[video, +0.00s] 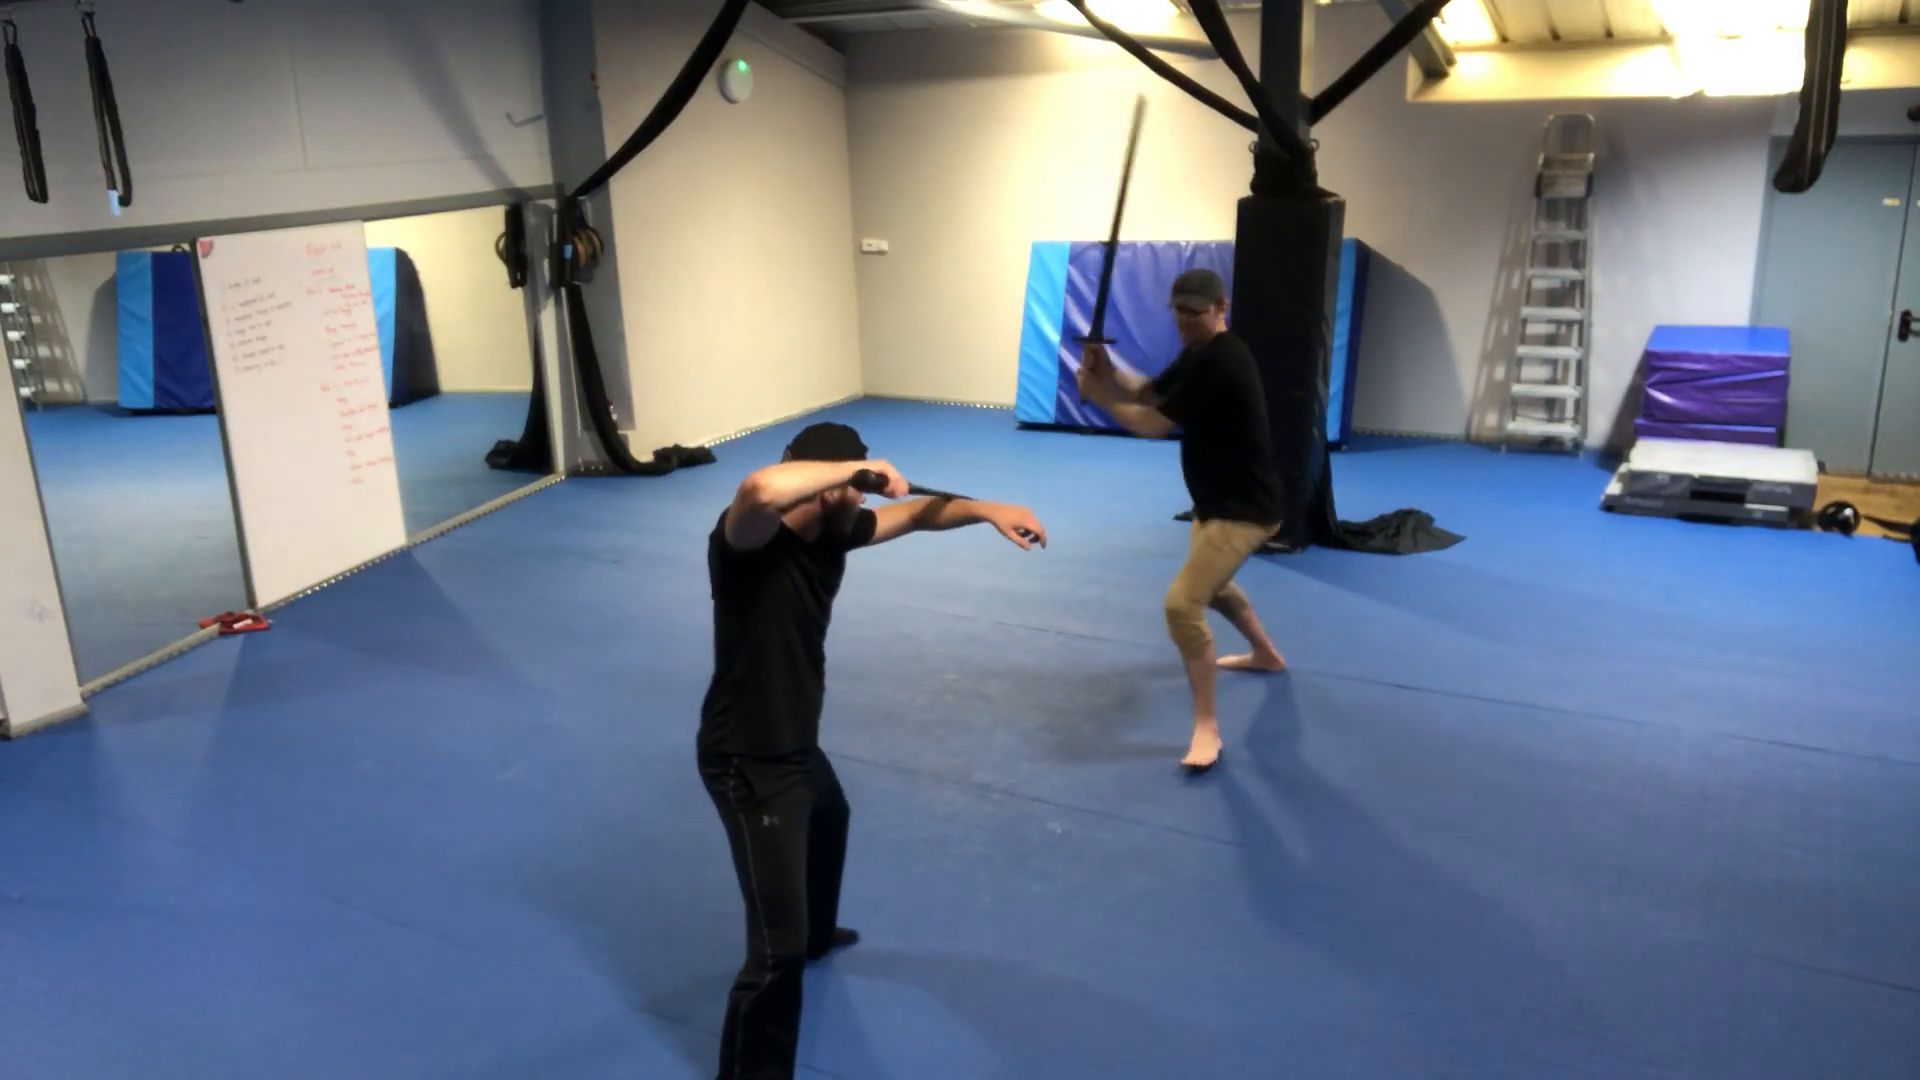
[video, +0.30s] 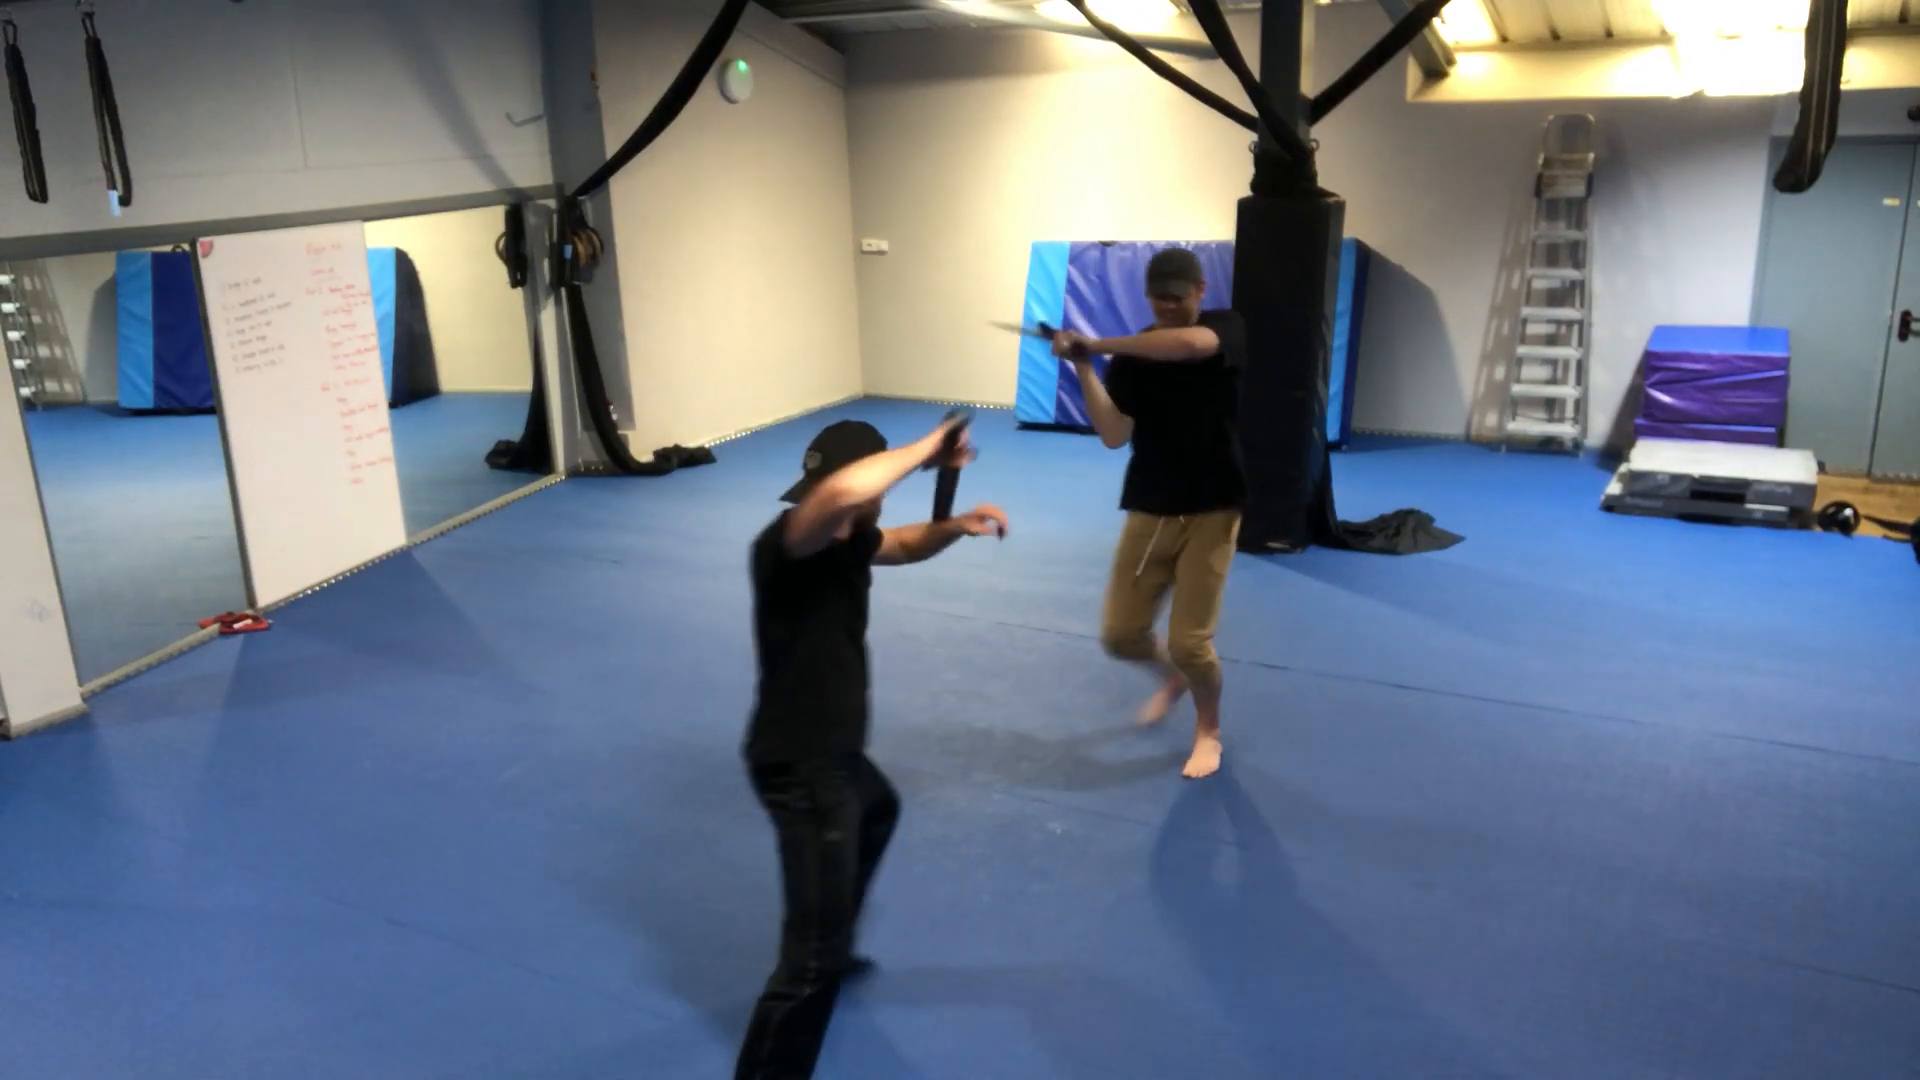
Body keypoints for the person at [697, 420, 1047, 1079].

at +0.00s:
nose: (860, 505)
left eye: (863, 493)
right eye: (853, 491)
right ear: (818, 486)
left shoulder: (831, 536)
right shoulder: (746, 540)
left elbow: (915, 512)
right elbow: (759, 488)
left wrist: (989, 509)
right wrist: (853, 469)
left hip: (795, 749)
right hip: (746, 758)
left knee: (829, 818)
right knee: (780, 949)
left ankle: (810, 933)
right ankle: (752, 1073)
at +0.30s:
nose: (876, 499)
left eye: (877, 487)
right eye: (867, 486)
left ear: (855, 482)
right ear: (834, 482)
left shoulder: (849, 541)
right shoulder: (782, 544)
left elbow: (905, 545)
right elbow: (842, 492)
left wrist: (960, 523)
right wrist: (928, 451)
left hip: (831, 752)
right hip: (795, 761)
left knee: (878, 809)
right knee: (812, 959)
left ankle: (829, 947)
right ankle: (767, 1075)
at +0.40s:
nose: (884, 481)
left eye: (884, 471)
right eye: (882, 471)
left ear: (818, 465)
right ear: (869, 474)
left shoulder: (822, 532)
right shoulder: (816, 536)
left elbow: (887, 535)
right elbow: (911, 474)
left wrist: (938, 504)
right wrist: (964, 406)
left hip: (851, 743)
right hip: (850, 750)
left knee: (887, 860)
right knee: (870, 921)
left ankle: (888, 992)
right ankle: (784, 1068)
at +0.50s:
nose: (885, 472)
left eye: (867, 467)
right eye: (880, 464)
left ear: (816, 477)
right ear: (872, 474)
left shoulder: (794, 535)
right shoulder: (888, 513)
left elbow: (865, 500)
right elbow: (979, 417)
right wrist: (979, 341)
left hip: (847, 742)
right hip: (910, 743)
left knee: (892, 838)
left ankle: (890, 987)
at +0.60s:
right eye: (894, 451)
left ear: (836, 466)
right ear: (891, 465)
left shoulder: (815, 526)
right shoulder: (931, 499)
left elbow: (868, 460)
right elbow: (984, 394)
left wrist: (950, 414)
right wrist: (976, 311)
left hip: (879, 736)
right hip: (953, 731)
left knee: (904, 841)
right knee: (1055, 874)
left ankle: (884, 993)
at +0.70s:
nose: (958, 440)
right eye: (951, 438)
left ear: (882, 463)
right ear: (945, 459)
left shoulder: (855, 520)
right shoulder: (976, 491)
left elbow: (868, 466)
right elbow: (1004, 382)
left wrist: (932, 425)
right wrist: (954, 327)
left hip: (921, 736)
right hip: (1005, 725)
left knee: (911, 854)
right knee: (1096, 851)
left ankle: (889, 995)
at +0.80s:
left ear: (955, 461)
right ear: (1009, 461)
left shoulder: (931, 526)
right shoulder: (1040, 506)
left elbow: (874, 491)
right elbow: (1023, 391)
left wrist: (928, 445)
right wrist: (933, 369)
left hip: (963, 736)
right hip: (1051, 728)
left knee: (918, 859)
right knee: (1135, 845)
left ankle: (891, 999)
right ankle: (1233, 961)